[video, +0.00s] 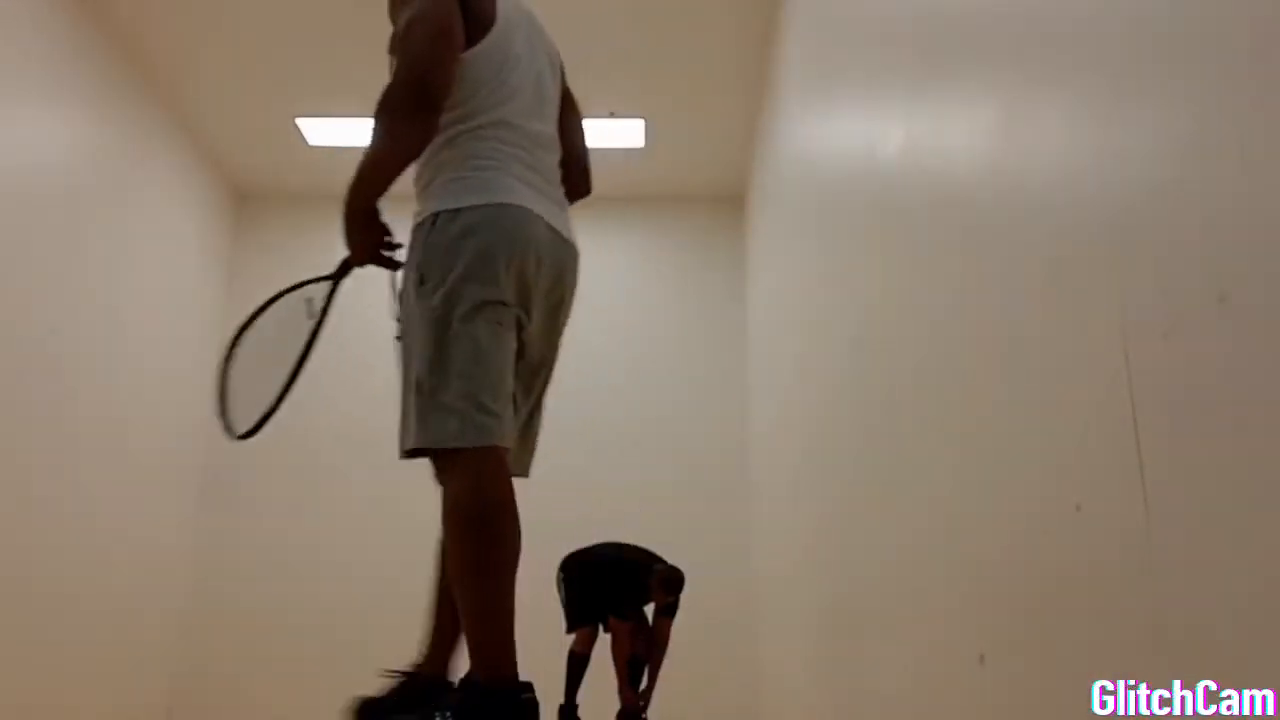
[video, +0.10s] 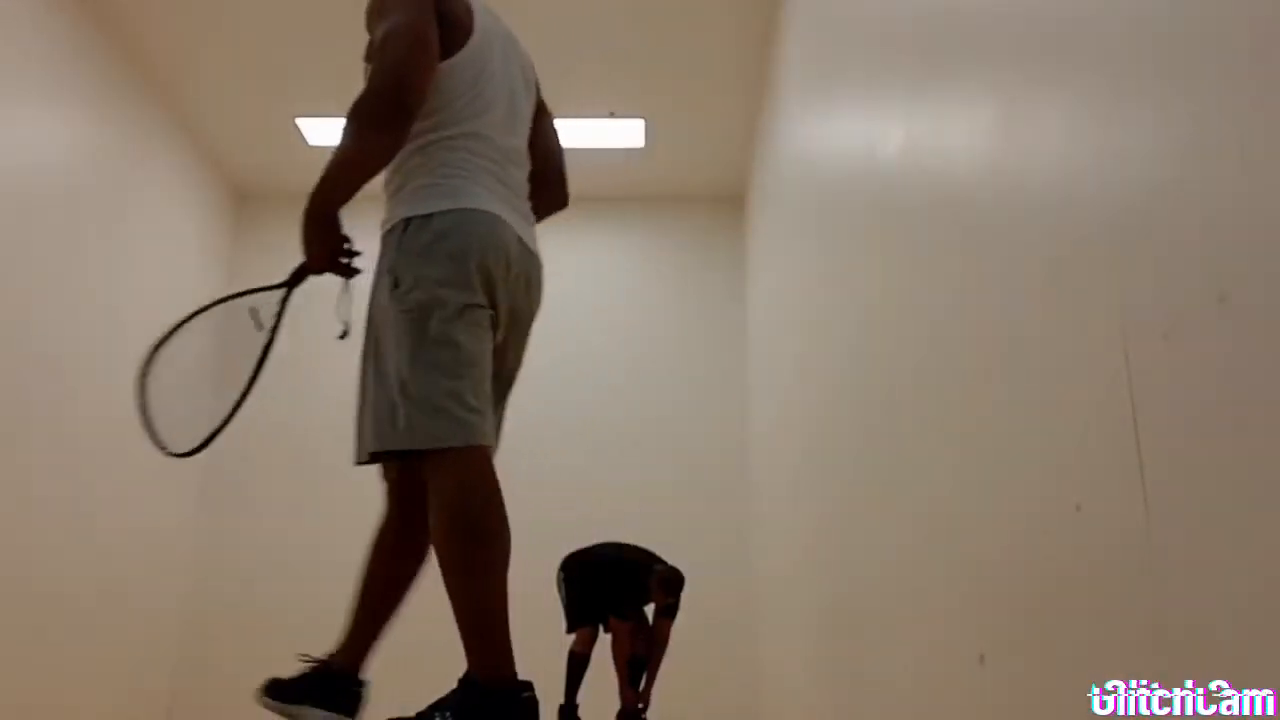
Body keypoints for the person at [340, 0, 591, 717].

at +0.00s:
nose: (392, 33)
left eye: (396, 20)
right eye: (392, 27)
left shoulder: (433, 3)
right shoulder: (539, 42)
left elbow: (421, 91)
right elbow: (574, 174)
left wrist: (361, 197)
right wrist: (476, 200)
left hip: (472, 225)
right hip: (551, 239)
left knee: (473, 461)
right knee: (482, 467)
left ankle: (496, 687)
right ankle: (433, 675)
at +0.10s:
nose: (369, 33)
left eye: (371, 21)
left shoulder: (404, 6)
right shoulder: (511, 54)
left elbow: (399, 90)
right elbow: (550, 188)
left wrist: (323, 202)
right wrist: (458, 223)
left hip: (440, 235)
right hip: (516, 251)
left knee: (455, 456)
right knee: (414, 469)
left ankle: (495, 683)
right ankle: (342, 669)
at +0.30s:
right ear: (421, 8)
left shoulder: (354, 19)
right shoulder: (459, 88)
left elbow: (330, 126)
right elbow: (497, 216)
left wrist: (244, 238)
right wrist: (424, 275)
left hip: (369, 261)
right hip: (443, 282)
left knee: (394, 465)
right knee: (325, 482)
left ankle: (481, 671)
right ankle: (253, 686)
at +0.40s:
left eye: (306, 11)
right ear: (399, 14)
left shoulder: (325, 23)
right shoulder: (423, 96)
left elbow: (303, 128)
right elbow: (471, 223)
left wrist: (210, 244)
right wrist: (410, 302)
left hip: (332, 270)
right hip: (403, 299)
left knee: (301, 470)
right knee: (316, 492)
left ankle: (433, 634)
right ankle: (248, 688)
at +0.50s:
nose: (281, 24)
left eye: (287, 17)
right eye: (284, 21)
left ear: (311, 7)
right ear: (370, 23)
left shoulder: (304, 32)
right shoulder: (393, 105)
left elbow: (283, 129)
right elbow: (448, 230)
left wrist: (189, 247)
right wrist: (389, 305)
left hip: (302, 276)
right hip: (372, 309)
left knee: (207, 449)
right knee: (295, 499)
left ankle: (356, 598)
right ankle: (247, 689)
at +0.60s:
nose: (261, 26)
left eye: (266, 19)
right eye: (263, 21)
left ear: (285, 15)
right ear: (349, 28)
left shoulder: (285, 43)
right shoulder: (371, 112)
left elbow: (269, 135)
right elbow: (412, 242)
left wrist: (181, 249)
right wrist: (334, 294)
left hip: (278, 277)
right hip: (349, 307)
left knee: (150, 440)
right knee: (279, 482)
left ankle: (269, 615)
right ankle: (248, 694)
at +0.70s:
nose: (238, 27)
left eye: (242, 17)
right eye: (240, 18)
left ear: (262, 15)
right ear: (325, 30)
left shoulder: (263, 51)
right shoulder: (356, 124)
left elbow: (258, 138)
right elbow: (363, 255)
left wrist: (181, 255)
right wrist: (261, 275)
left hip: (255, 284)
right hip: (331, 312)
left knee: (116, 443)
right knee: (274, 494)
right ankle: (245, 689)